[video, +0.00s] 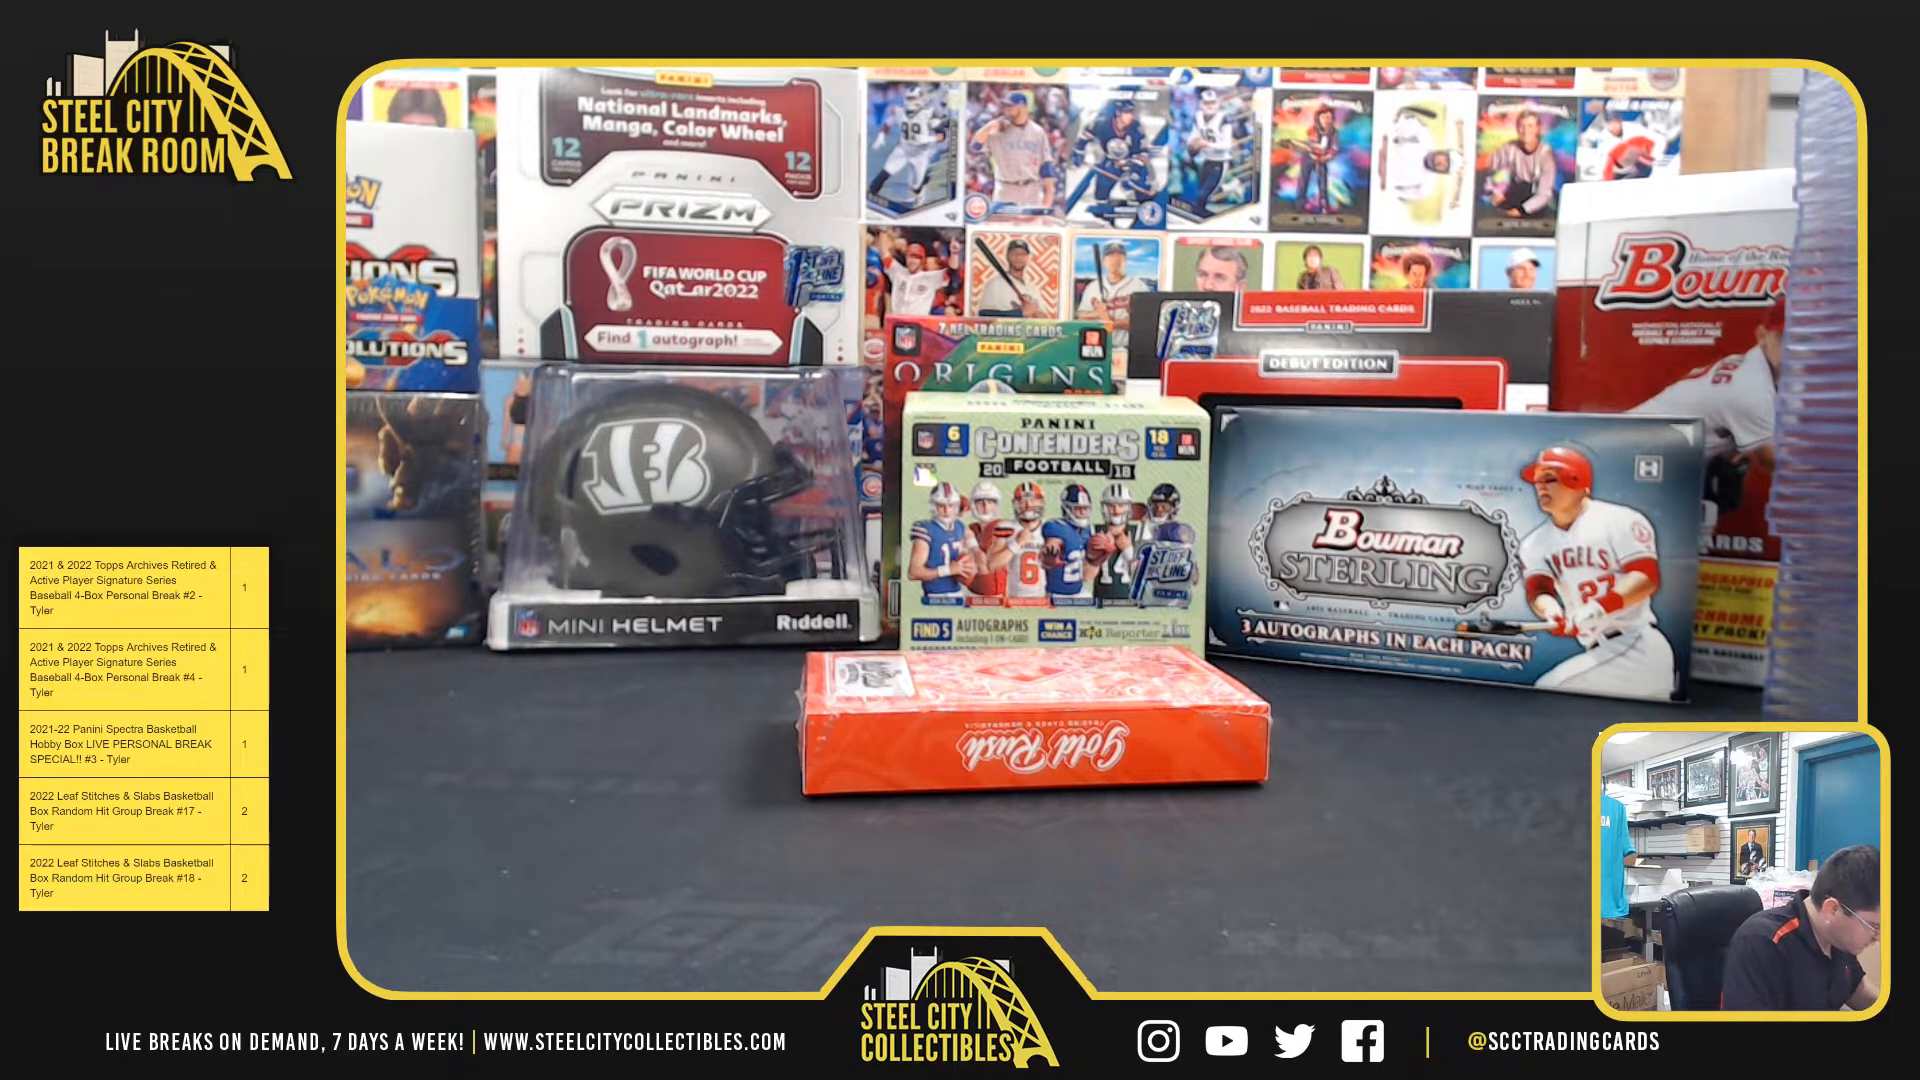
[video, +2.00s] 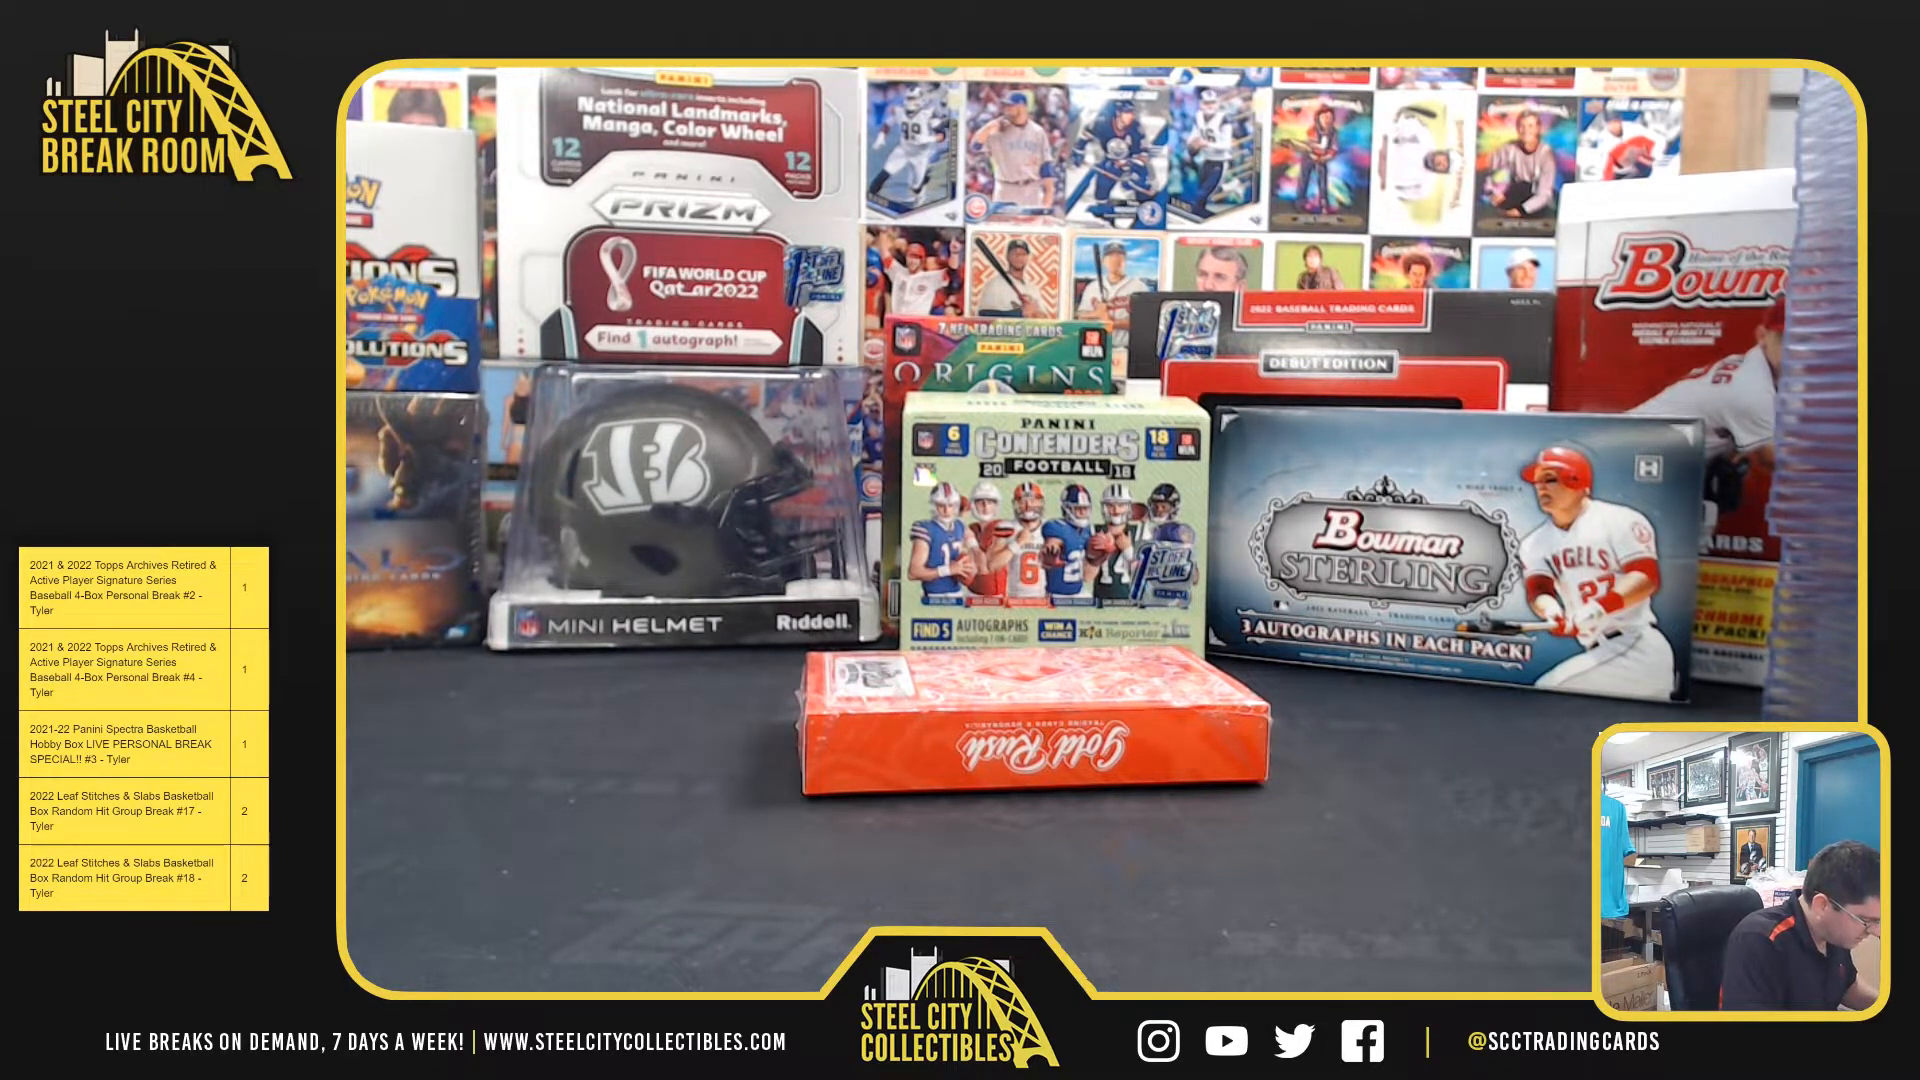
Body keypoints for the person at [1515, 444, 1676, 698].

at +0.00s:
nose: (1540, 489)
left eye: (1549, 480)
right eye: (1537, 483)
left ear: (1578, 484)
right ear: (1533, 487)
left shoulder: (1624, 521)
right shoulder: (1534, 545)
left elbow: (1646, 577)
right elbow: (1538, 591)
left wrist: (1599, 608)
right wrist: (1553, 613)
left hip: (1637, 647)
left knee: (1547, 692)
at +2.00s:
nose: (1540, 490)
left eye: (1550, 481)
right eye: (1537, 484)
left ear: (1578, 484)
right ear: (1533, 488)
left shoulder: (1624, 521)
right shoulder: (1534, 545)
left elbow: (1646, 577)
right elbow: (1538, 592)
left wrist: (1598, 608)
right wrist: (1554, 614)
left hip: (1638, 647)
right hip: (1598, 651)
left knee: (1546, 693)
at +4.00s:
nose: (1540, 489)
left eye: (1550, 480)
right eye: (1537, 482)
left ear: (1578, 485)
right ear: (1533, 487)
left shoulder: (1624, 521)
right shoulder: (1534, 545)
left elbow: (1646, 577)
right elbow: (1538, 591)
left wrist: (1599, 608)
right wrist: (1553, 614)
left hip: (1638, 649)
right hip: (1598, 652)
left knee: (1545, 693)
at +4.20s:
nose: (1540, 489)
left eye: (1550, 480)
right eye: (1537, 482)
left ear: (1579, 485)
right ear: (1533, 487)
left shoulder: (1624, 521)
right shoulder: (1534, 545)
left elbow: (1646, 577)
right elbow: (1538, 591)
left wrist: (1599, 607)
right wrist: (1553, 614)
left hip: (1638, 649)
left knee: (1545, 693)